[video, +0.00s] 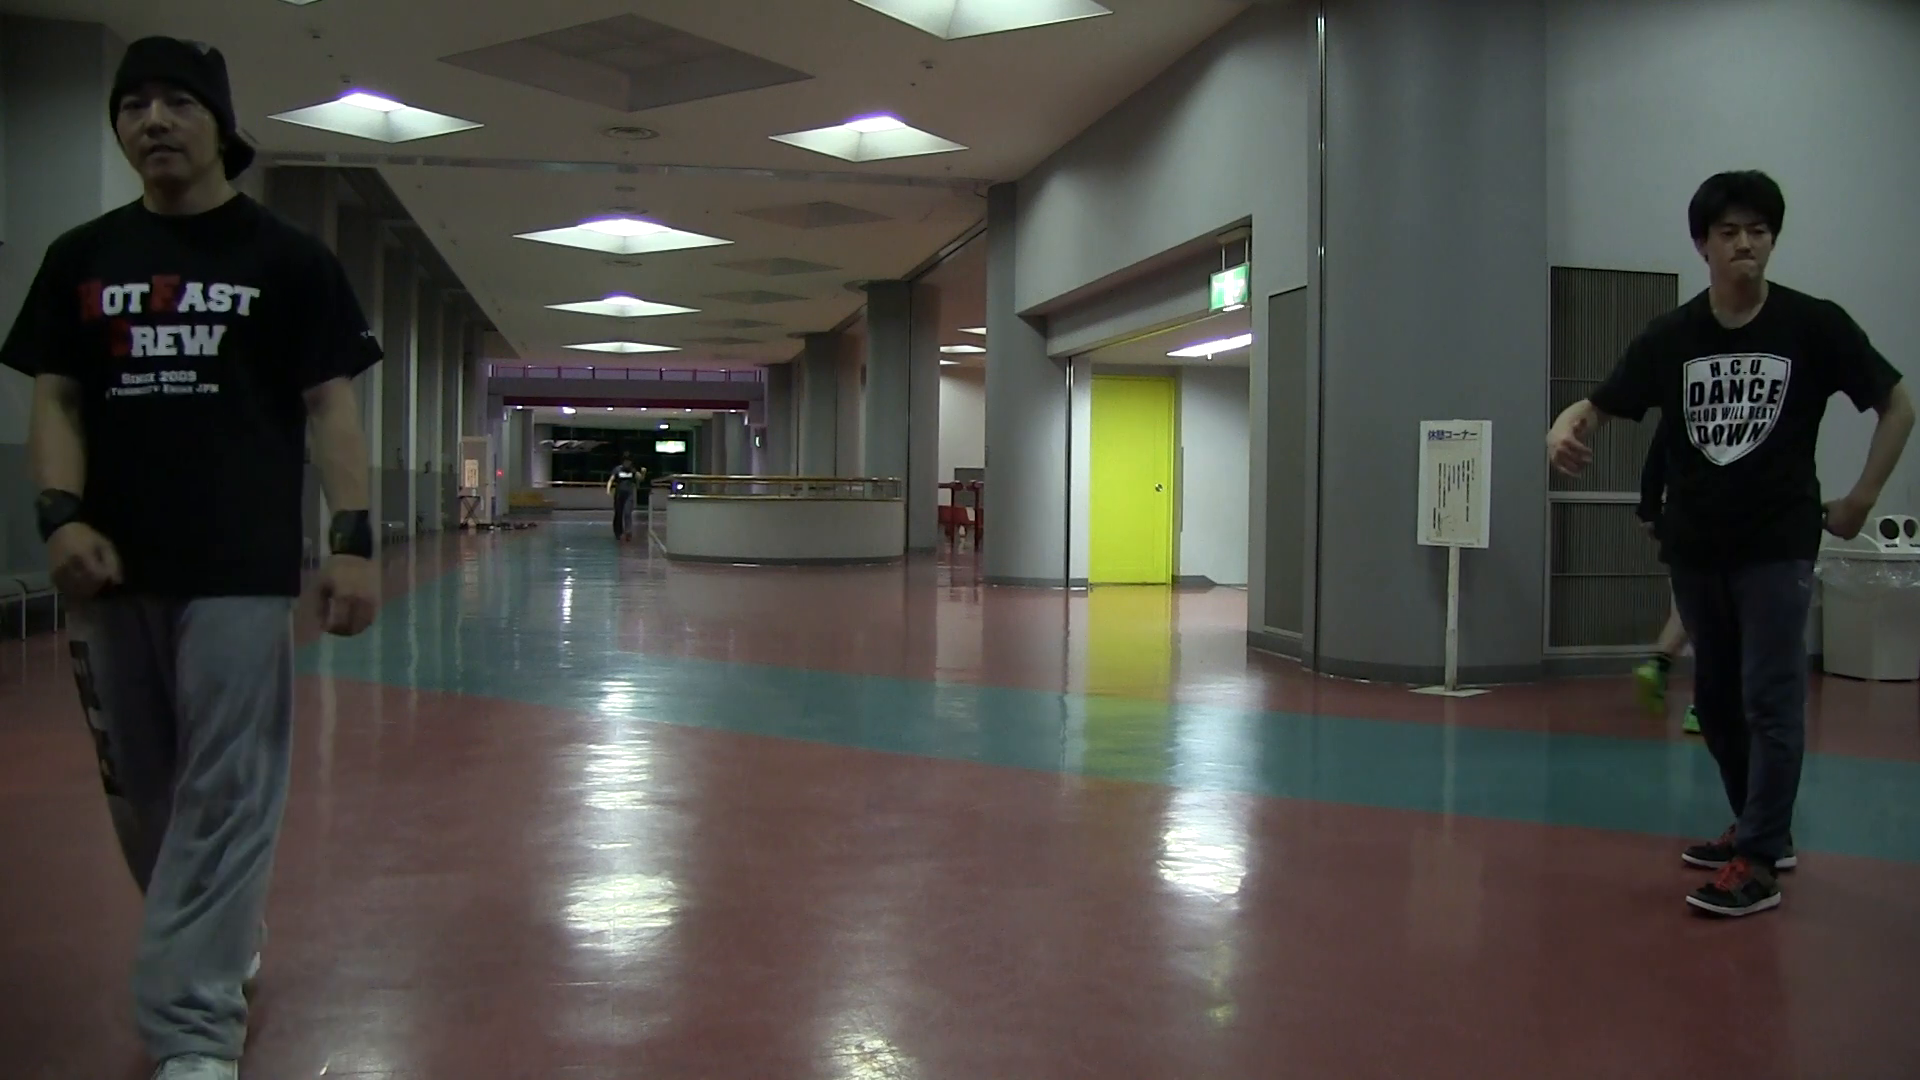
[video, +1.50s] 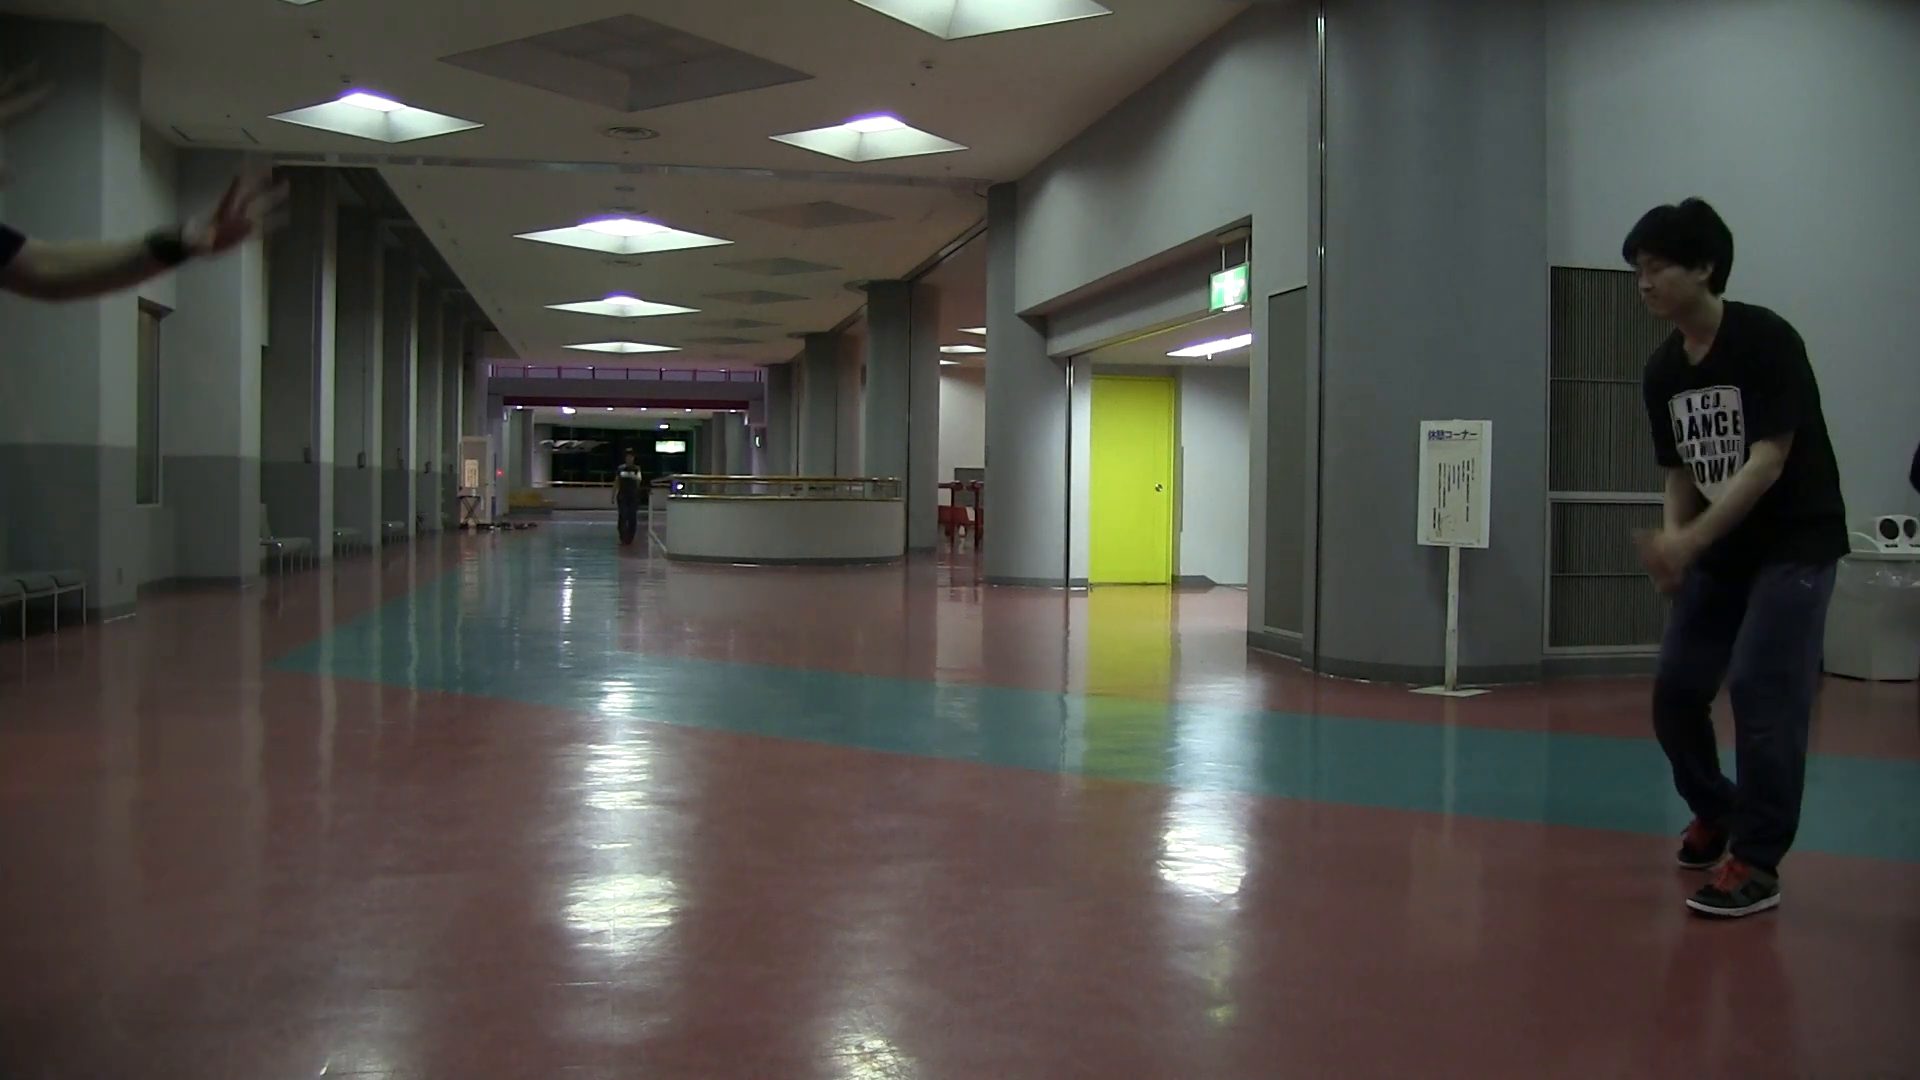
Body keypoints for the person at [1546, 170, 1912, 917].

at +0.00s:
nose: (1745, 242)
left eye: (1758, 230)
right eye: (1729, 230)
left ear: (1774, 241)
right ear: (1702, 243)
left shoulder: (1815, 326)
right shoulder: (1668, 337)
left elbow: (1897, 404)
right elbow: (1598, 406)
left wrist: (1862, 498)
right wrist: (1564, 428)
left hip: (1779, 542)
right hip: (1697, 546)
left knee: (1769, 697)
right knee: (1716, 699)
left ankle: (1758, 865)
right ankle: (1757, 828)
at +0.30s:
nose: (1727, 260)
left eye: (1740, 246)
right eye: (1712, 249)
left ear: (1762, 253)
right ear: (1690, 260)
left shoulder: (1807, 337)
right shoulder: (1668, 353)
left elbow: (1866, 436)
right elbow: (1648, 450)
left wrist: (1787, 475)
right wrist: (1631, 508)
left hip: (1793, 552)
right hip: (1707, 555)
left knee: (1788, 703)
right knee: (1677, 702)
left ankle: (1765, 865)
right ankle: (1736, 811)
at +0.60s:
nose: (1692, 277)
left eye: (1706, 262)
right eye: (1679, 265)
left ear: (1738, 261)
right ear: (1666, 271)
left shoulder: (1791, 339)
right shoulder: (1664, 358)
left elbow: (1819, 454)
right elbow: (1649, 459)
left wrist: (1721, 464)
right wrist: (1643, 508)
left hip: (1787, 557)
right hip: (1706, 558)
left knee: (1779, 702)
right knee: (1710, 697)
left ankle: (1761, 863)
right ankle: (1737, 820)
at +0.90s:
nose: (1680, 299)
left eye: (1693, 282)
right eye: (1667, 287)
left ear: (1730, 278)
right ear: (1658, 293)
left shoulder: (1794, 349)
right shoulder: (1666, 380)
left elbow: (1814, 462)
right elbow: (1658, 477)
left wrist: (1714, 466)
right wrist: (1638, 507)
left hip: (1777, 549)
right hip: (1700, 551)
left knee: (1737, 686)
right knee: (1696, 697)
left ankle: (1757, 863)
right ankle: (1742, 826)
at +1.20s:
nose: (1675, 286)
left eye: (1689, 270)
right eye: (1662, 275)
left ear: (1723, 271)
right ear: (1653, 285)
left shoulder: (1780, 339)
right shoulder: (1658, 377)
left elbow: (1763, 449)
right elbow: (1681, 469)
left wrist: (1662, 474)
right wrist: (1675, 500)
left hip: (1800, 541)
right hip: (1719, 545)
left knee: (1779, 699)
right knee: (1698, 699)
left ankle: (1761, 861)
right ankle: (1726, 811)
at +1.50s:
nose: (1643, 282)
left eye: (1656, 267)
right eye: (1639, 269)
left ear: (1704, 269)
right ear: (1643, 277)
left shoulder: (1767, 339)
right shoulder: (1662, 369)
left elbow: (1771, 458)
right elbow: (1678, 478)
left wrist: (1690, 538)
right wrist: (1672, 548)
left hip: (1798, 544)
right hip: (1722, 548)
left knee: (1764, 691)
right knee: (1676, 694)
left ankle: (1757, 864)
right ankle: (1716, 812)